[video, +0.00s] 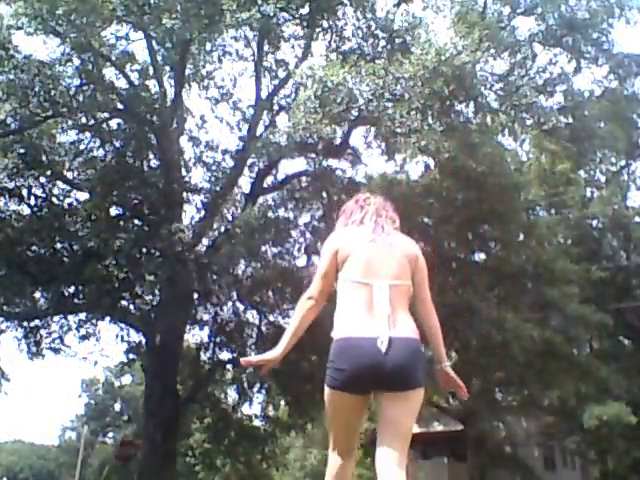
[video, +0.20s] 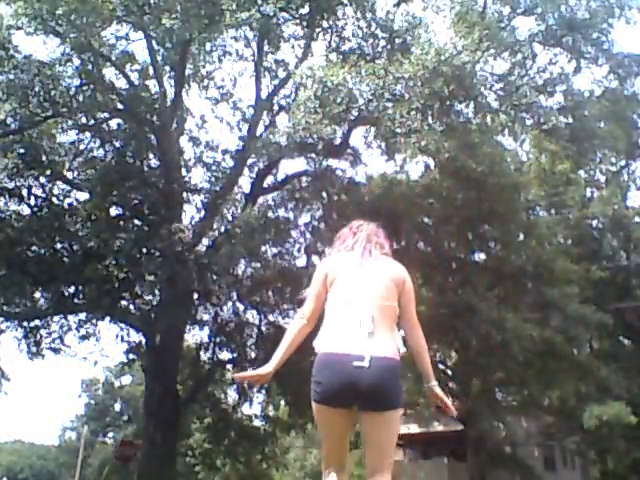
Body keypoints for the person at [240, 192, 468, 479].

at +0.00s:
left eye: (345, 219)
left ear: (348, 217)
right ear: (391, 218)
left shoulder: (339, 240)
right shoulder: (410, 247)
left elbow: (314, 299)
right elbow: (426, 309)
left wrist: (279, 351)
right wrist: (443, 363)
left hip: (351, 351)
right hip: (407, 354)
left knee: (341, 455)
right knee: (393, 461)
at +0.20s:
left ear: (343, 241)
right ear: (382, 245)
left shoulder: (330, 265)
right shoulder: (397, 271)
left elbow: (305, 320)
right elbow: (413, 329)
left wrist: (270, 368)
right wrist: (431, 383)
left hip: (331, 369)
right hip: (383, 373)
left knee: (333, 468)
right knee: (380, 472)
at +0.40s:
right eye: (378, 280)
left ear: (342, 279)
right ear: (378, 281)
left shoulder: (325, 301)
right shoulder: (391, 307)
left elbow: (300, 353)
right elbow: (405, 364)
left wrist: (266, 397)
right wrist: (423, 417)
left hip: (321, 387)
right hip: (372, 392)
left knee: (332, 473)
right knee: (367, 468)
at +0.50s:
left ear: (342, 300)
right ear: (378, 304)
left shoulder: (327, 321)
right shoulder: (390, 329)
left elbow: (302, 373)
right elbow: (404, 386)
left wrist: (269, 422)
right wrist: (422, 437)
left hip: (318, 403)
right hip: (368, 407)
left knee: (333, 474)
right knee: (362, 473)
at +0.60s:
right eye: (380, 329)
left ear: (342, 326)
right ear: (378, 328)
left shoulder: (327, 349)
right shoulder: (389, 354)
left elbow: (301, 401)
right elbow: (405, 412)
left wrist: (271, 451)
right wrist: (423, 465)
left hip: (319, 426)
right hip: (369, 428)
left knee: (330, 474)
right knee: (366, 475)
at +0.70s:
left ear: (342, 350)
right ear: (380, 352)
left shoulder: (326, 374)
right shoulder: (390, 378)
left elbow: (300, 429)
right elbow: (406, 438)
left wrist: (273, 474)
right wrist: (419, 476)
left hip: (317, 446)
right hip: (367, 447)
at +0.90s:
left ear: (344, 382)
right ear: (382, 385)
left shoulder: (327, 404)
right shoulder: (390, 410)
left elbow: (304, 460)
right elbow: (405, 470)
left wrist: (293, 476)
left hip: (314, 469)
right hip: (367, 468)